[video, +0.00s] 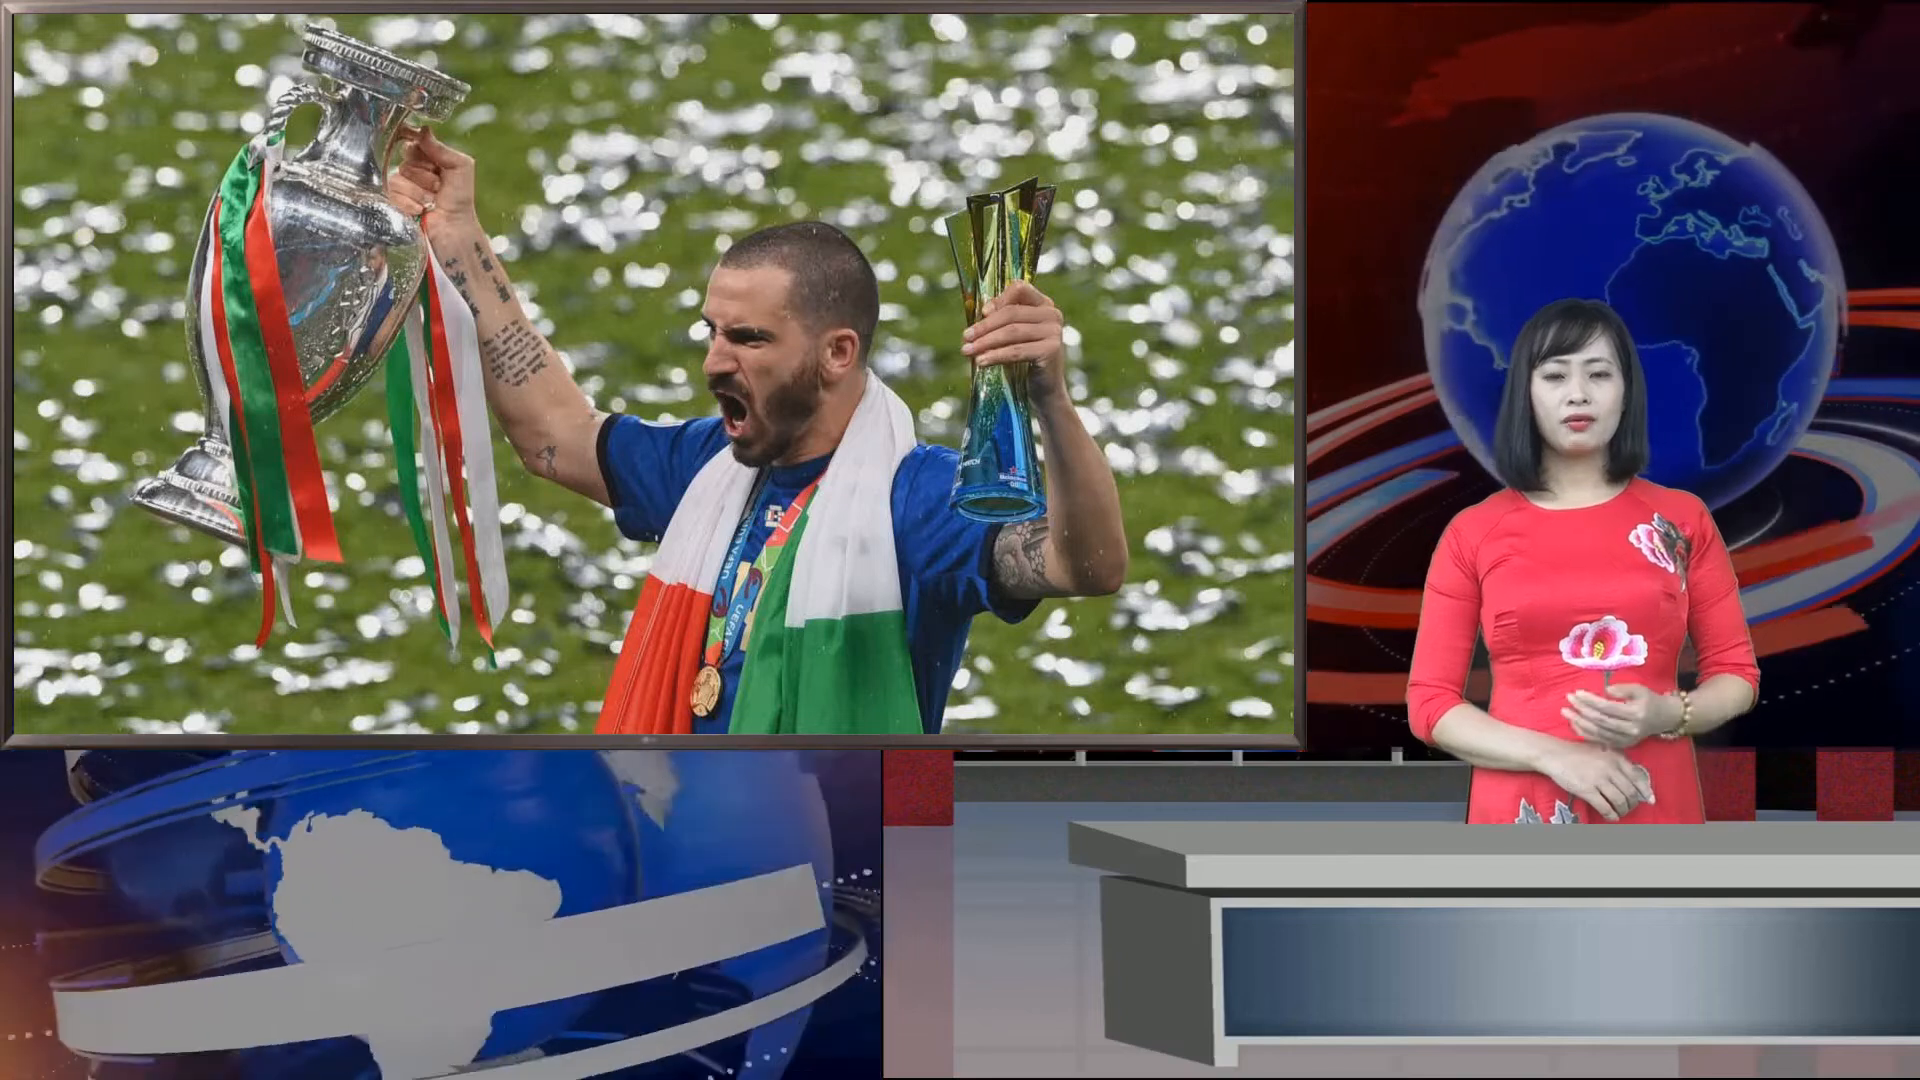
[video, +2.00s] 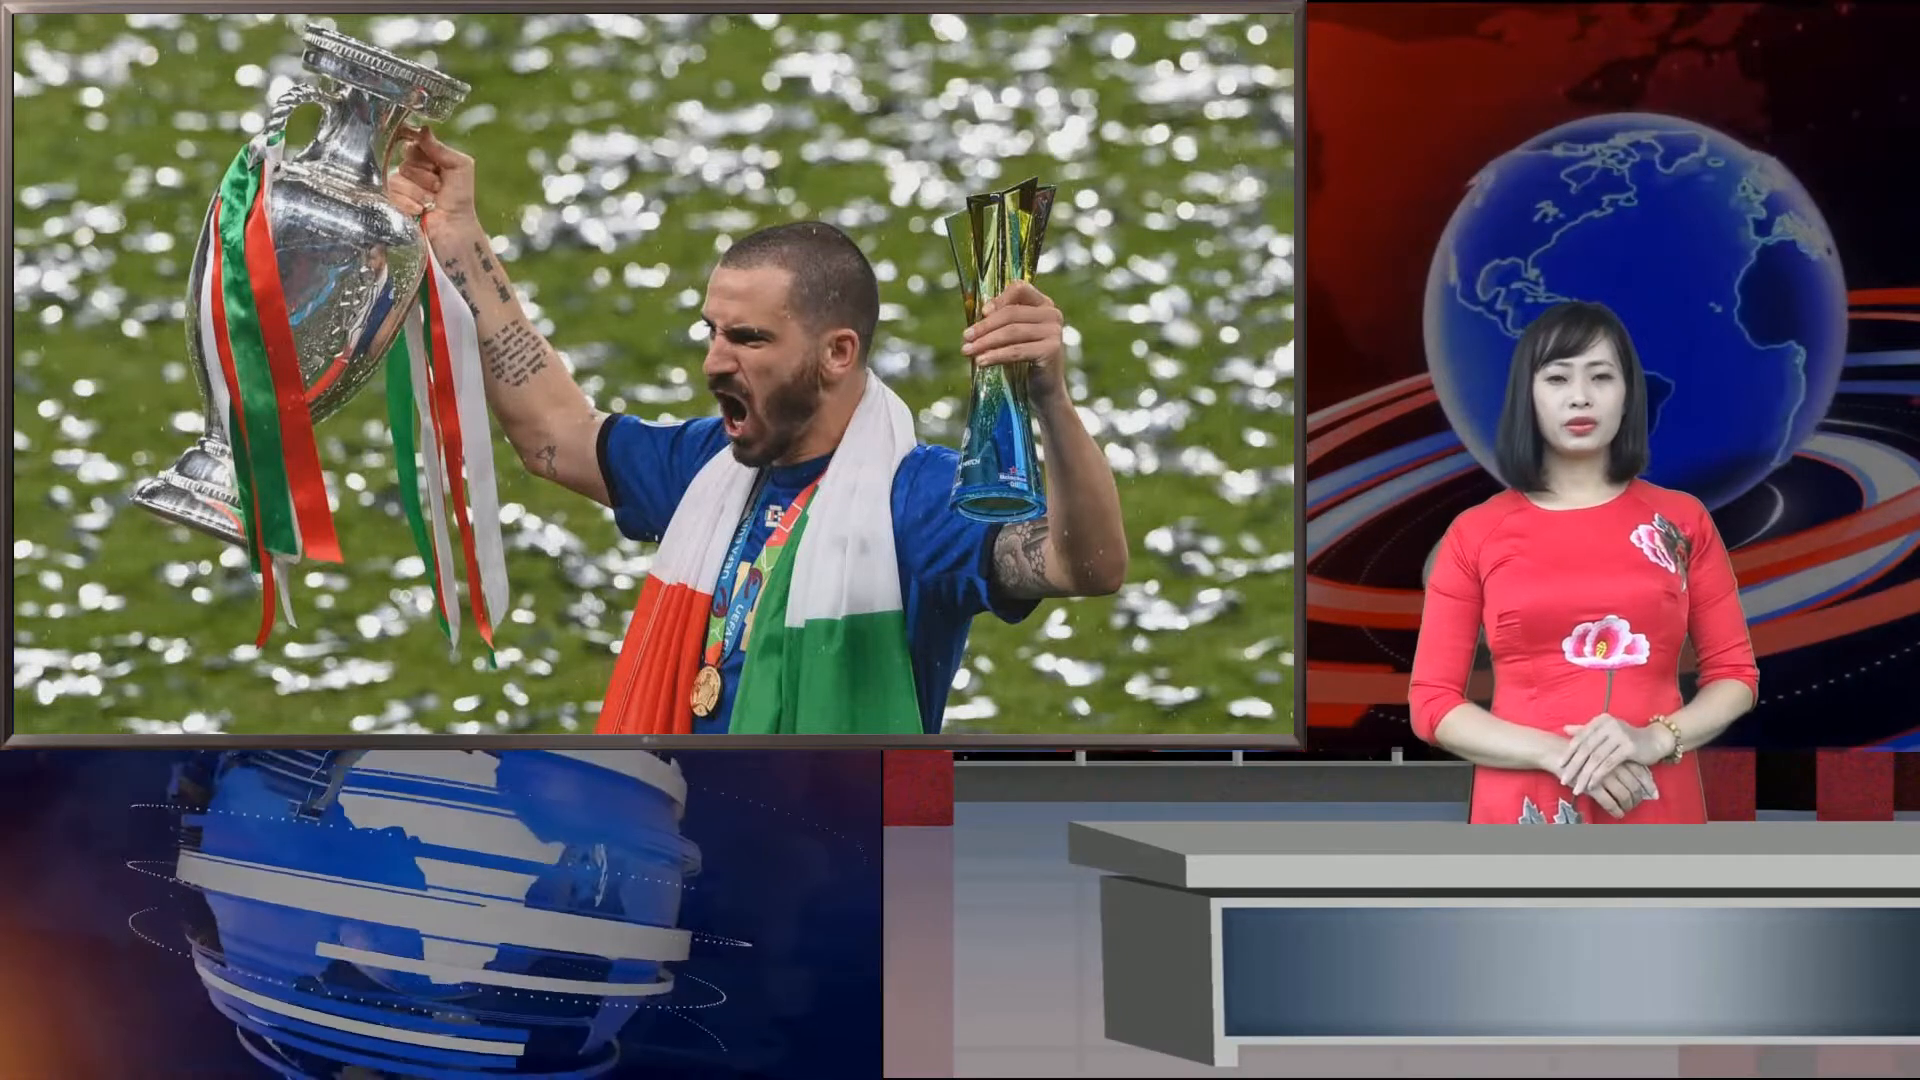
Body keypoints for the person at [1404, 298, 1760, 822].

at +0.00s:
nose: (1577, 393)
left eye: (1598, 374)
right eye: (1555, 375)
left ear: (1626, 392)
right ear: (1527, 393)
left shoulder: (1682, 520)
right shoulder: (1474, 534)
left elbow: (1736, 678)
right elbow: (1430, 703)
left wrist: (1665, 715)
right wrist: (1551, 754)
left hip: (1659, 825)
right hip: (1519, 826)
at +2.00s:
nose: (1580, 396)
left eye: (1601, 377)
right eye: (1557, 378)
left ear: (1627, 394)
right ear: (1528, 395)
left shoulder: (1681, 522)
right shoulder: (1476, 535)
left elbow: (1735, 678)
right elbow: (1432, 704)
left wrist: (1654, 738)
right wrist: (1560, 752)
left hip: (1660, 823)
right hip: (1520, 824)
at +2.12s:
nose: (1581, 397)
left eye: (1602, 378)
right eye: (1559, 379)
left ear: (1628, 394)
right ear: (1529, 395)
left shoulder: (1681, 522)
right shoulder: (1476, 536)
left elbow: (1736, 678)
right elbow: (1433, 704)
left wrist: (1655, 737)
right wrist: (1561, 752)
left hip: (1661, 823)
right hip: (1521, 824)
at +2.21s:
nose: (1581, 397)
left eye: (1602, 378)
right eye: (1559, 379)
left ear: (1629, 394)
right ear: (1530, 395)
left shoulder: (1682, 522)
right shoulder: (1476, 536)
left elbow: (1736, 678)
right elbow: (1434, 703)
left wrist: (1655, 737)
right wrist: (1561, 753)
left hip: (1662, 823)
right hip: (1522, 825)